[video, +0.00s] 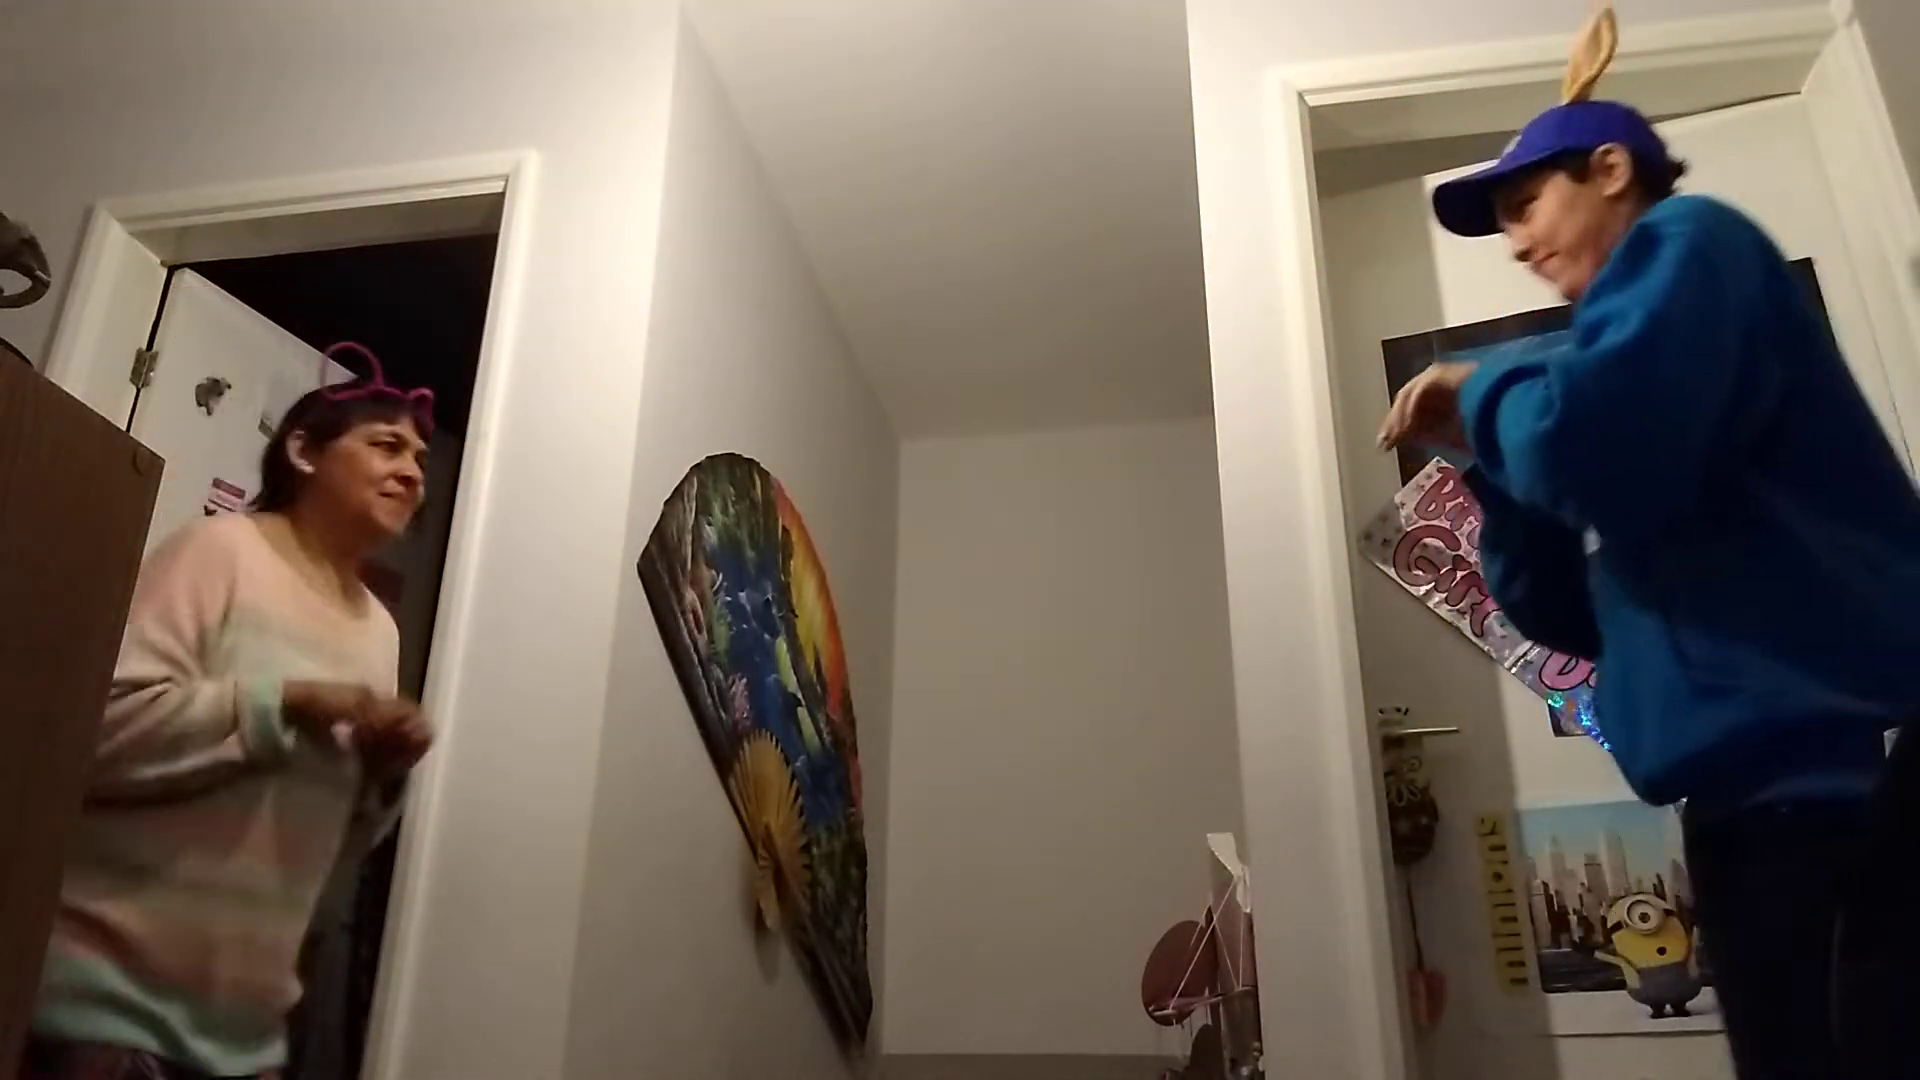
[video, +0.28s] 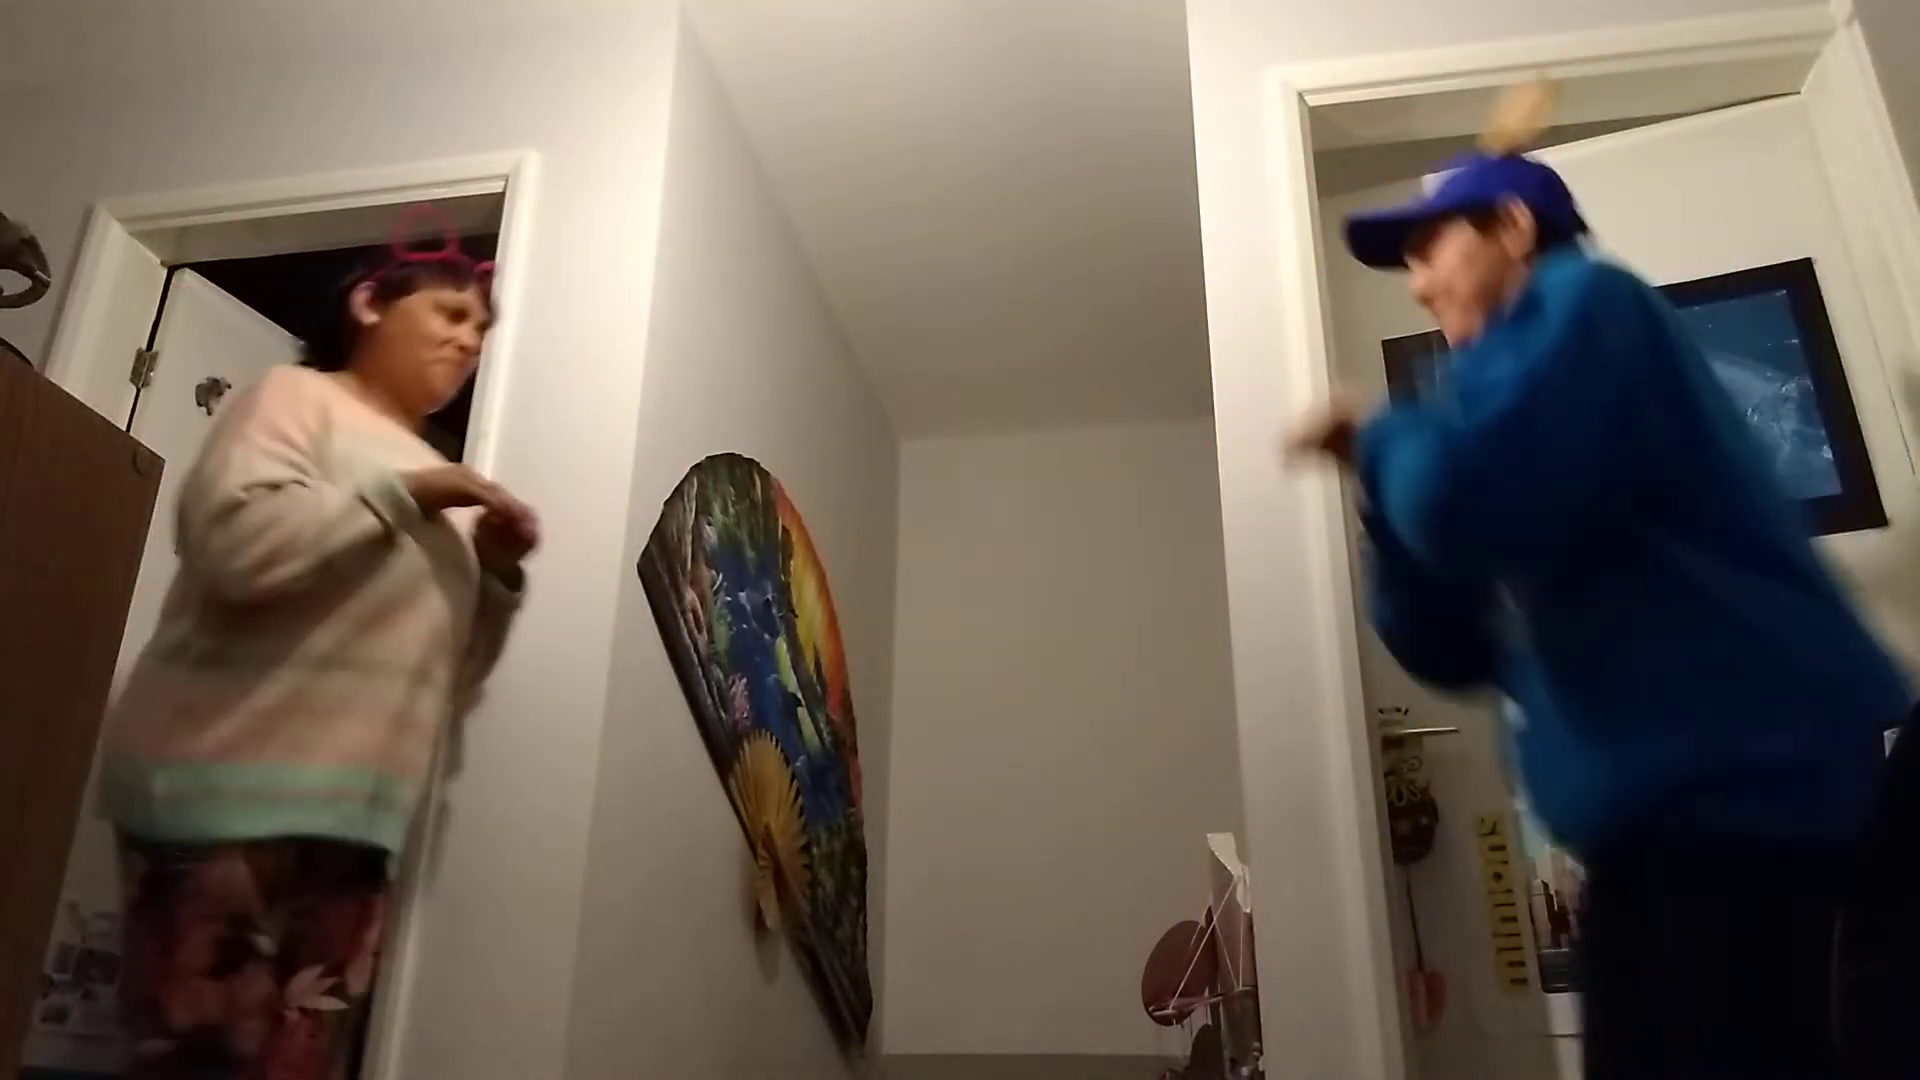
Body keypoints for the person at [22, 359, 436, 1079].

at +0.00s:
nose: (412, 472)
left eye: (419, 460)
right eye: (387, 445)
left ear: (420, 486)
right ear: (306, 452)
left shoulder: (380, 629)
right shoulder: (217, 549)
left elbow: (330, 845)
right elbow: (104, 730)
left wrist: (383, 770)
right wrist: (284, 708)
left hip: (249, 1016)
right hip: (111, 988)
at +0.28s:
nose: (469, 342)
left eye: (479, 328)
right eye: (449, 314)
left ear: (481, 345)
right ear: (371, 306)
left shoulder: (437, 480)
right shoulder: (288, 398)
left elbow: (449, 685)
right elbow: (239, 549)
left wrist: (496, 575)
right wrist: (404, 492)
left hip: (354, 820)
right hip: (221, 799)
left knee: (304, 1053)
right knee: (198, 1043)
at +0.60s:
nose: (546, 421)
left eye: (547, 404)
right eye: (524, 396)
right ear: (439, 401)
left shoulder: (495, 565)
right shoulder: (368, 512)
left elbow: (515, 781)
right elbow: (330, 695)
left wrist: (577, 688)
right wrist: (503, 630)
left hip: (439, 952)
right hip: (320, 949)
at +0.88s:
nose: (643, 335)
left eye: (647, 320)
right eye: (624, 308)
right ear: (544, 306)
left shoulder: (593, 467)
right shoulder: (481, 410)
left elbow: (635, 665)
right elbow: (504, 567)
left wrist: (688, 579)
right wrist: (647, 519)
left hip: (554, 842)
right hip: (449, 842)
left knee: (545, 1052)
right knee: (455, 1055)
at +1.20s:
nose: (716, 337)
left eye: (717, 319)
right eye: (699, 308)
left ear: (623, 309)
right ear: (618, 304)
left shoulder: (559, 409)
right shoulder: (603, 396)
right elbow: (677, 558)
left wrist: (717, 498)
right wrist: (762, 495)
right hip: (596, 807)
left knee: (619, 1057)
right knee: (631, 1058)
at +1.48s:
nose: (782, 431)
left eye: (778, 408)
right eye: (768, 402)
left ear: (685, 400)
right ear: (698, 396)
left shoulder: (571, 512)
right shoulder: (699, 491)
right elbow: (757, 704)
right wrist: (811, 648)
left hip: (523, 930)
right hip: (653, 943)